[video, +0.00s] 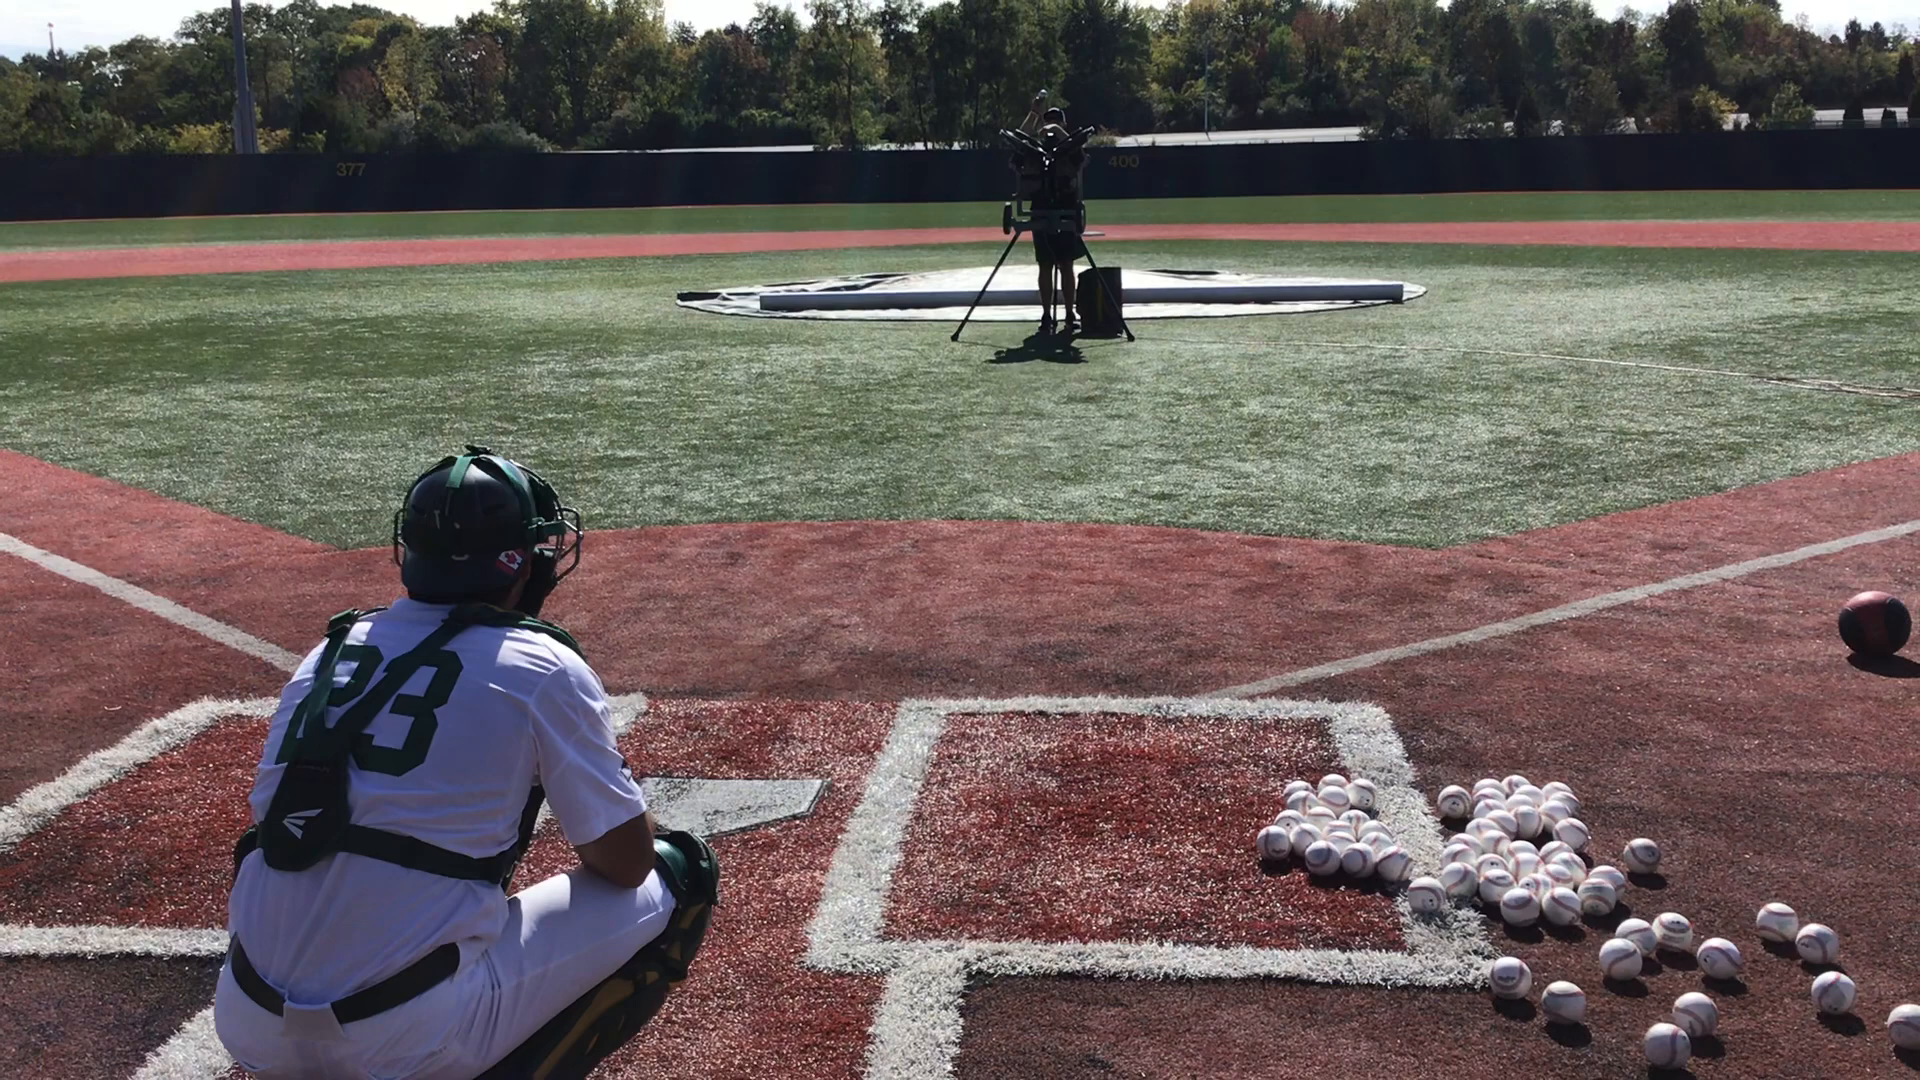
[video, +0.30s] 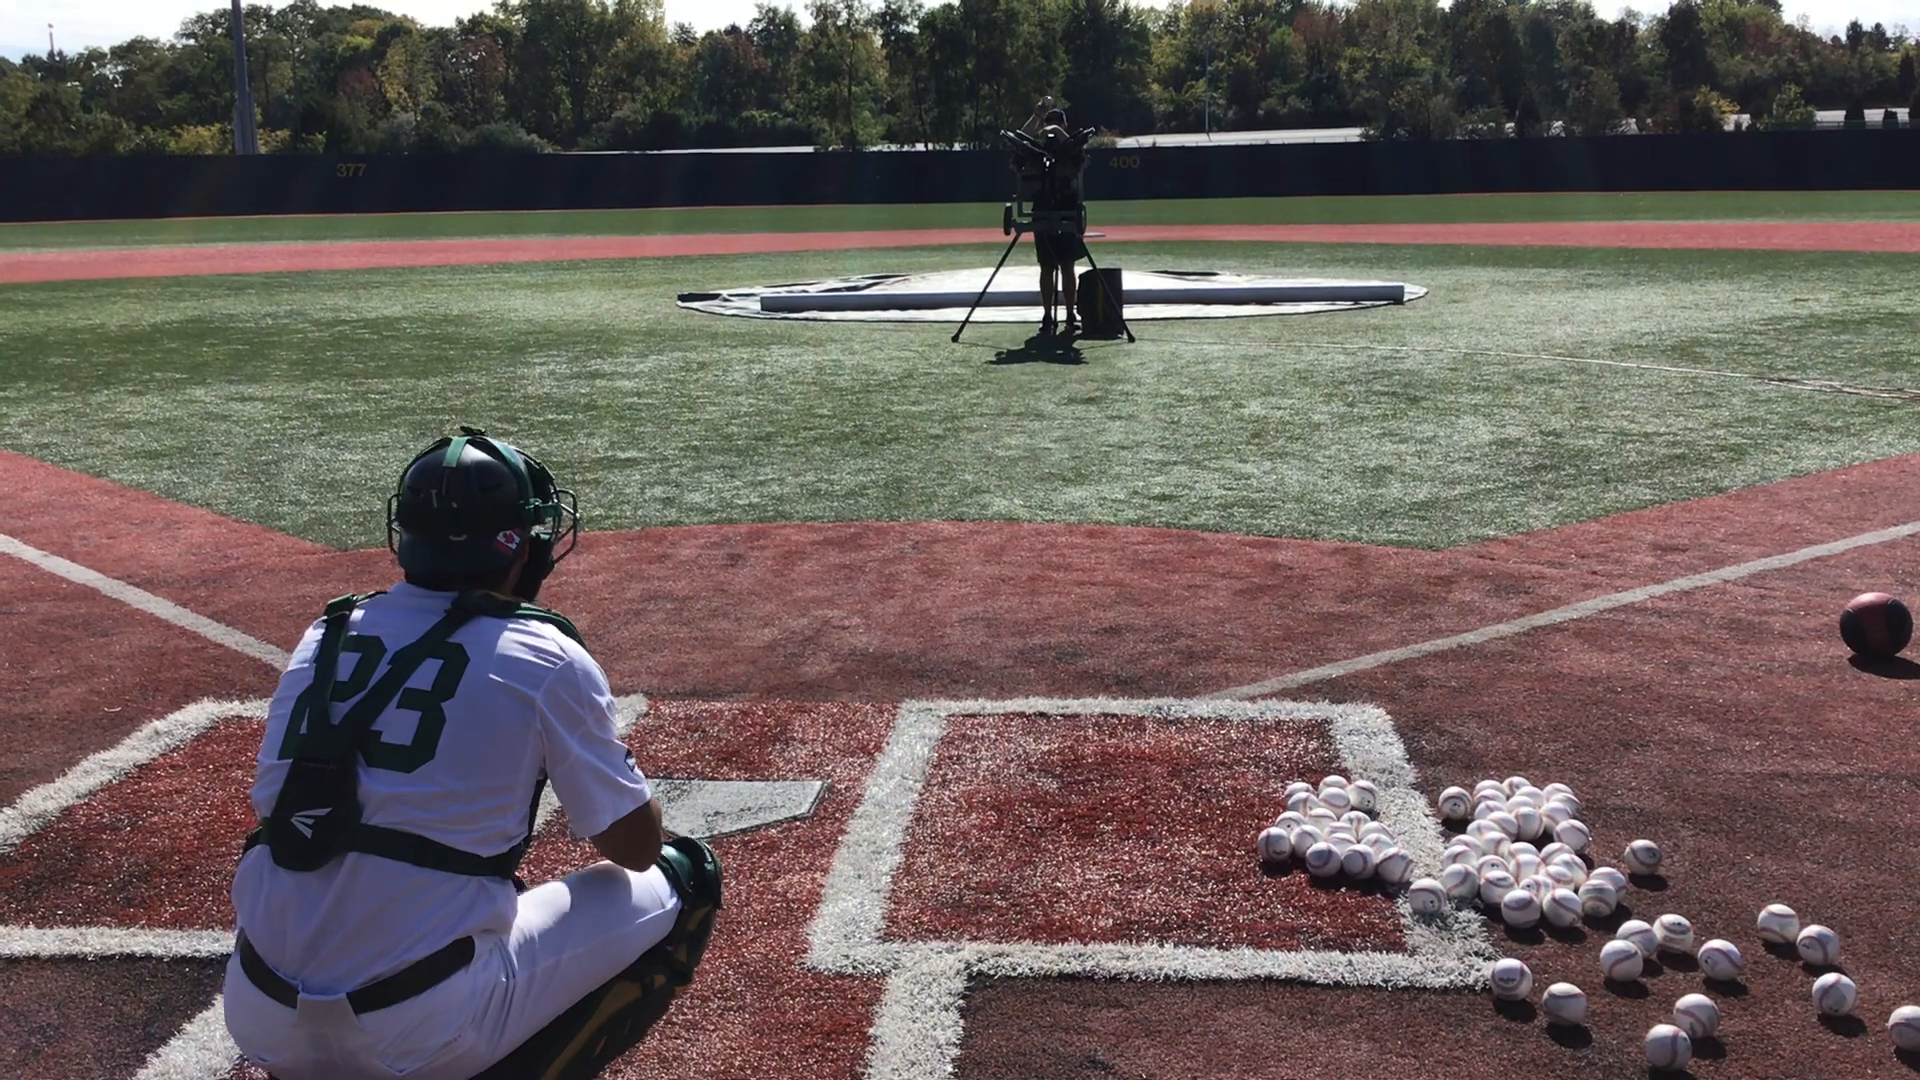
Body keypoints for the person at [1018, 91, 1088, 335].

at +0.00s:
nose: (1051, 130)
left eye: (1056, 126)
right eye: (1047, 126)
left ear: (1065, 128)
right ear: (1040, 130)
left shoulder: (1071, 149)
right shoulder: (1036, 151)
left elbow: (1081, 155)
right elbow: (1019, 142)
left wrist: (1059, 130)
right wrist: (1032, 116)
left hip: (1067, 212)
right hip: (1041, 212)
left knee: (1066, 267)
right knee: (1045, 268)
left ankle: (1069, 315)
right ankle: (1047, 316)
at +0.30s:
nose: (1052, 131)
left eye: (1056, 127)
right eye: (1049, 127)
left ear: (1064, 129)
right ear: (1042, 130)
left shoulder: (1073, 149)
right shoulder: (1037, 150)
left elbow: (1079, 152)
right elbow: (1020, 139)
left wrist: (1058, 130)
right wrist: (1036, 116)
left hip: (1068, 212)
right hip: (1043, 213)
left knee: (1067, 268)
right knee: (1047, 269)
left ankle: (1070, 315)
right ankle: (1048, 316)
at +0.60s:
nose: (1055, 131)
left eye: (1059, 127)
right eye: (1051, 127)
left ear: (1067, 128)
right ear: (1045, 130)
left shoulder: (1072, 147)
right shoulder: (1039, 150)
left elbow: (1077, 156)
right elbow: (1019, 143)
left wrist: (1057, 132)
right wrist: (1036, 124)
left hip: (1069, 216)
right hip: (1044, 216)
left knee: (1068, 269)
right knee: (1047, 271)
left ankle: (1070, 317)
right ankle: (1048, 317)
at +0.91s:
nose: (1055, 130)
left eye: (1059, 126)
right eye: (1052, 126)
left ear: (1066, 127)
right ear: (1046, 127)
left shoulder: (1073, 145)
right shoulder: (1037, 145)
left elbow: (1077, 164)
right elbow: (1019, 161)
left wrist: (1062, 140)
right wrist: (1036, 141)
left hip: (1069, 215)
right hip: (1044, 215)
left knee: (1068, 268)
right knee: (1048, 269)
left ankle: (1071, 315)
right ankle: (1048, 316)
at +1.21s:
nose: (1054, 132)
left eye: (1059, 128)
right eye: (1050, 128)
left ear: (1066, 128)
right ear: (1044, 129)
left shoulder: (1073, 148)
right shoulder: (1038, 149)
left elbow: (1076, 162)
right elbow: (1022, 149)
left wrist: (1061, 139)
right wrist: (1034, 125)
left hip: (1068, 213)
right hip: (1043, 214)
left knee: (1068, 267)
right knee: (1047, 269)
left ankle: (1070, 314)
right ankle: (1048, 316)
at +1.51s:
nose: (1053, 133)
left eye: (1058, 129)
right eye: (1049, 129)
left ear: (1066, 130)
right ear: (1043, 131)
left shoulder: (1073, 149)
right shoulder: (1037, 149)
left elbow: (1078, 158)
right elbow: (1020, 146)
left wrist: (1062, 137)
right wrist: (1032, 122)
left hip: (1068, 213)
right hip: (1043, 214)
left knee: (1068, 266)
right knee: (1047, 268)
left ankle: (1070, 314)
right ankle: (1048, 315)